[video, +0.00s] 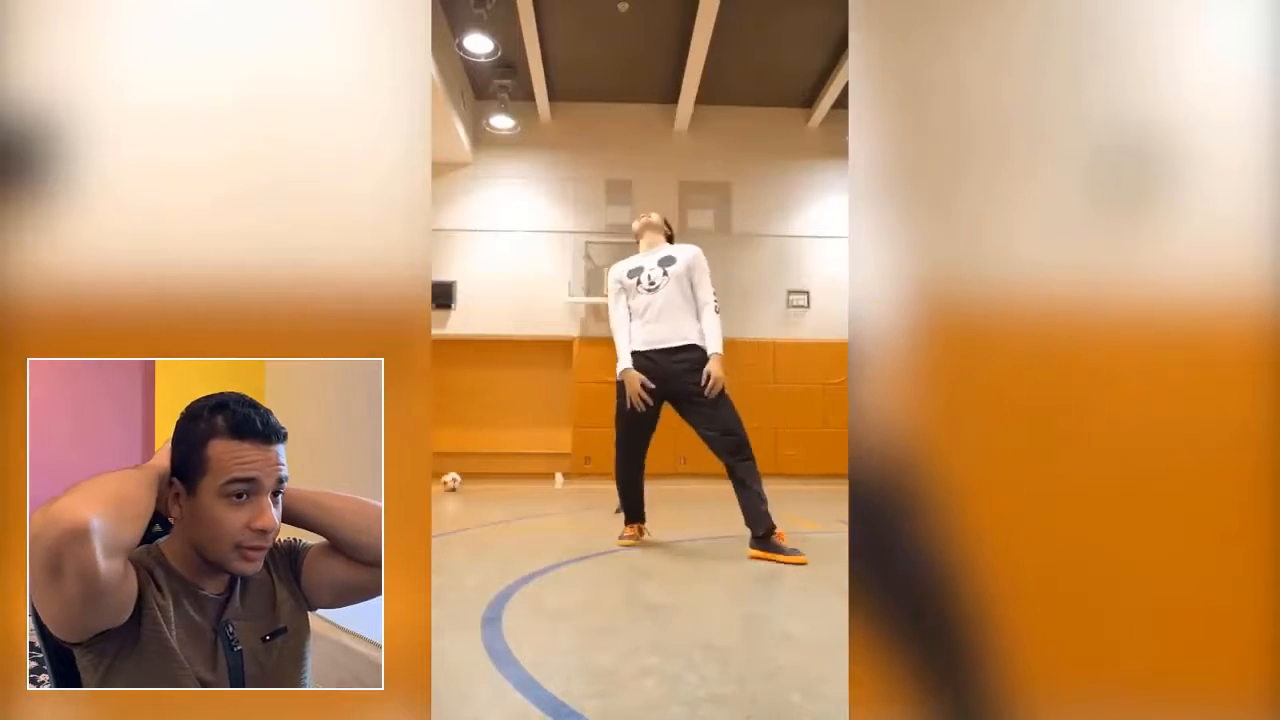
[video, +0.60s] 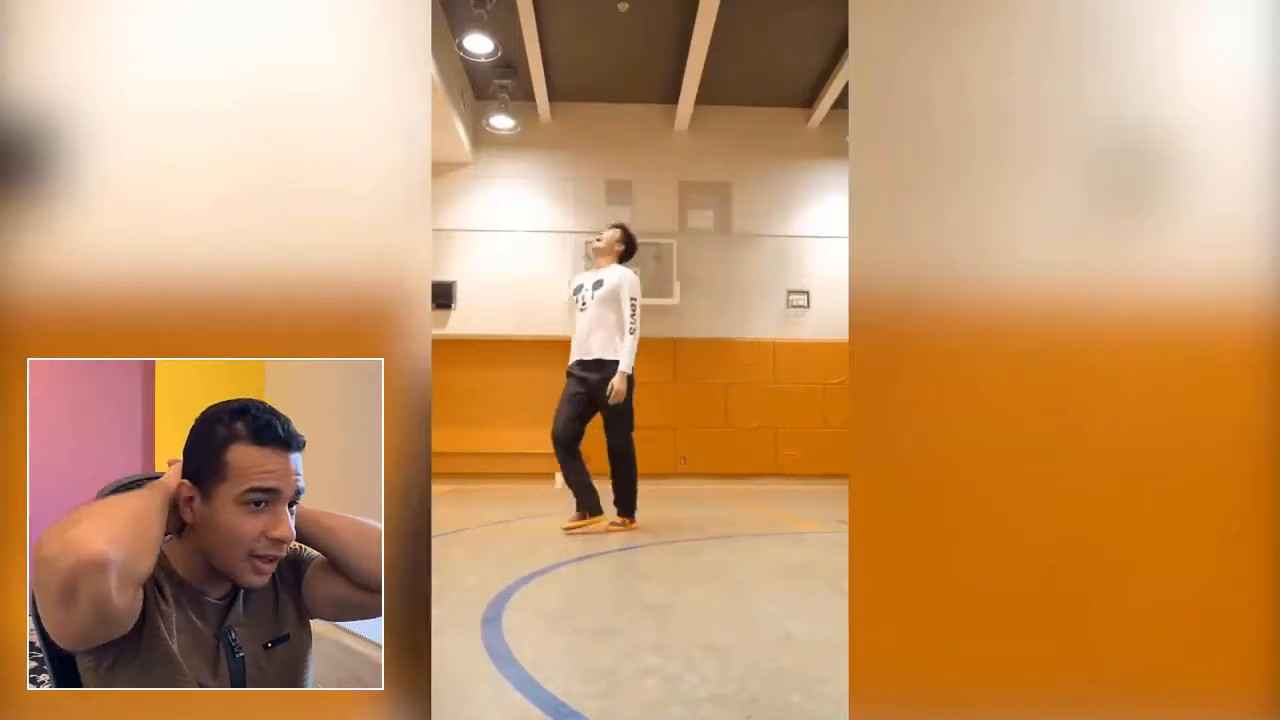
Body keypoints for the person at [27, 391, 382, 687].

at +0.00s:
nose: (267, 522)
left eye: (276, 494)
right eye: (239, 495)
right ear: (177, 501)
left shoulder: (283, 573)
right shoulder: (117, 598)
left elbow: (397, 551)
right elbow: (72, 534)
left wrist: (270, 494)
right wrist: (156, 473)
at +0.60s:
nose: (284, 534)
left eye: (292, 504)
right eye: (257, 504)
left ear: (295, 502)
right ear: (191, 503)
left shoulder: (285, 578)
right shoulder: (119, 595)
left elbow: (398, 578)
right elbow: (91, 559)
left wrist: (288, 513)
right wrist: (166, 489)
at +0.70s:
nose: (279, 529)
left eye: (290, 501)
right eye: (254, 500)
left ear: (295, 502)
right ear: (189, 500)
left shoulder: (285, 581)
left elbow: (396, 584)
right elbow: (107, 596)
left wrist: (284, 514)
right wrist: (163, 501)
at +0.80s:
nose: (273, 528)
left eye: (284, 501)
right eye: (244, 498)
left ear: (290, 501)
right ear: (184, 497)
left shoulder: (281, 578)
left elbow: (396, 605)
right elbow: (140, 628)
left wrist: (282, 520)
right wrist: (164, 507)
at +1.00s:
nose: (278, 530)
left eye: (289, 502)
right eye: (249, 499)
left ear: (296, 502)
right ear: (188, 499)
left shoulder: (279, 584)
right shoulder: (97, 601)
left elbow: (394, 647)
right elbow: (177, 662)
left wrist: (286, 532)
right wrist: (171, 521)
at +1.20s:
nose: (283, 533)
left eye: (295, 505)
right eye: (255, 502)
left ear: (301, 503)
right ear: (192, 501)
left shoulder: (281, 585)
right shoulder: (100, 600)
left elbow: (395, 645)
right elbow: (179, 666)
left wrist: (289, 532)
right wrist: (174, 521)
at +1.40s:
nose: (285, 537)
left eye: (296, 508)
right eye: (256, 507)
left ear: (303, 506)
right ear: (194, 504)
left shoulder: (283, 586)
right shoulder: (100, 602)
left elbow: (394, 648)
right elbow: (174, 675)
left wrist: (292, 531)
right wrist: (176, 527)